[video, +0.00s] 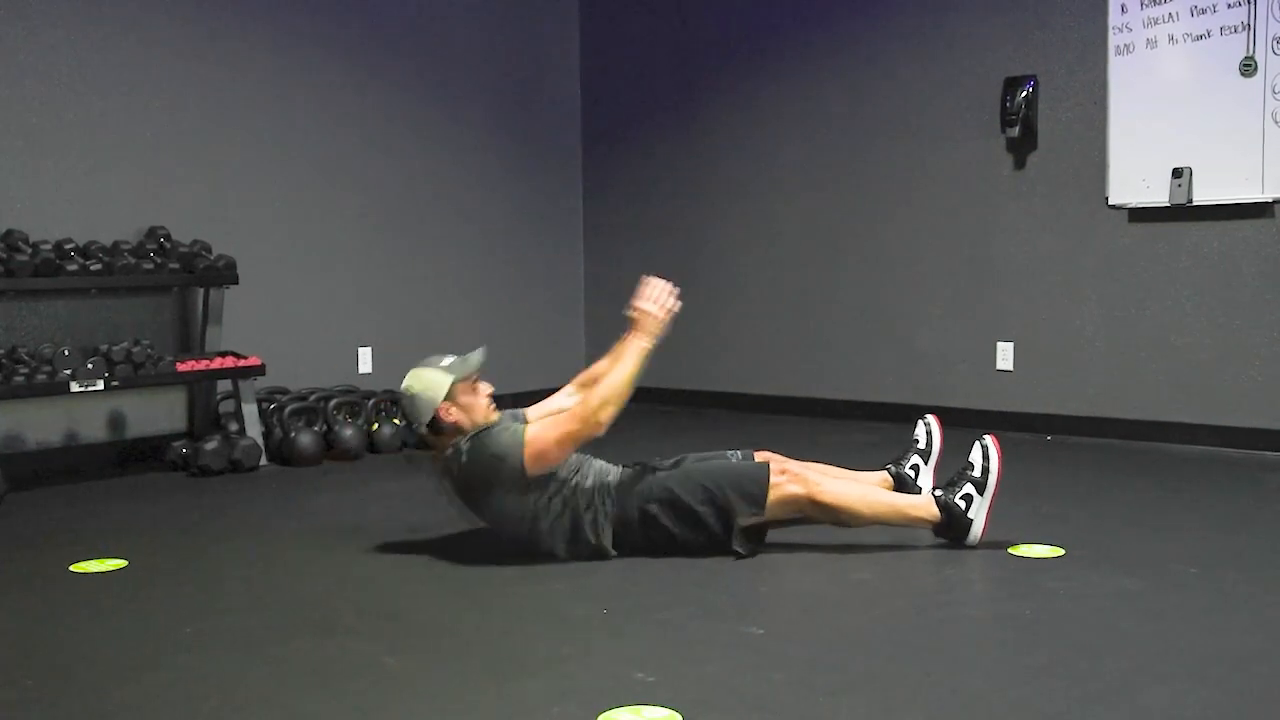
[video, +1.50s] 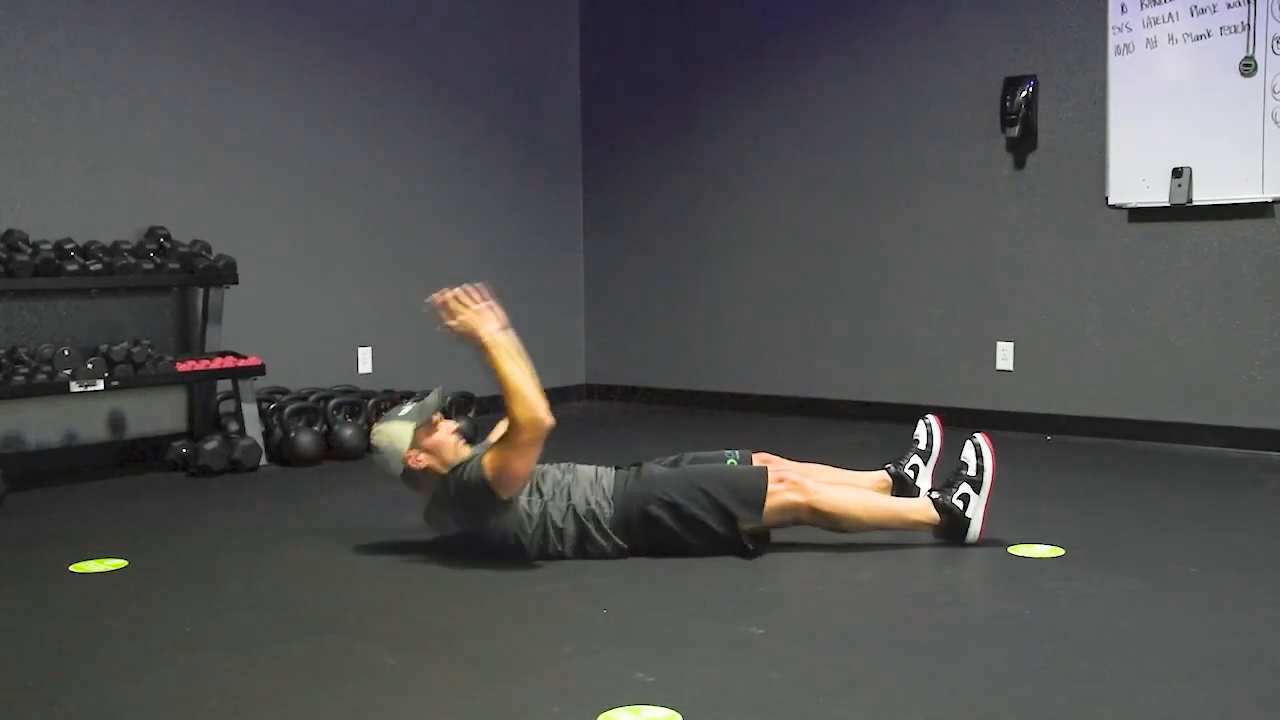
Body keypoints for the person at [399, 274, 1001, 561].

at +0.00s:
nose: (486, 388)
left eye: (478, 382)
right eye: (471, 385)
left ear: (452, 411)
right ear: (446, 414)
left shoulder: (488, 440)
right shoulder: (481, 457)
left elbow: (578, 397)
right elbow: (588, 415)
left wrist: (638, 329)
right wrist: (645, 331)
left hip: (627, 489)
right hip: (620, 512)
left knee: (769, 461)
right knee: (793, 484)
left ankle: (898, 482)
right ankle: (946, 512)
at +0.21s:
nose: (546, 334)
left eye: (539, 325)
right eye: (533, 329)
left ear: (507, 347)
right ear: (504, 350)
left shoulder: (533, 388)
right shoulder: (524, 406)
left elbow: (633, 389)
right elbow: (633, 414)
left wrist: (716, 367)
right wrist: (729, 378)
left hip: (645, 483)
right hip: (636, 510)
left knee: (786, 459)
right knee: (807, 483)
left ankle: (913, 479)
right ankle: (961, 509)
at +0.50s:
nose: (643, 294)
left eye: (638, 284)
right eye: (632, 286)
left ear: (599, 298)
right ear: (600, 299)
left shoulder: (597, 350)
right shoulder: (599, 359)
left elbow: (700, 397)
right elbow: (703, 411)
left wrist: (779, 409)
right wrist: (799, 421)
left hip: (646, 493)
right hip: (640, 510)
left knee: (798, 460)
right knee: (813, 484)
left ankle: (916, 477)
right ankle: (968, 510)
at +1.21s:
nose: (553, 329)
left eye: (547, 320)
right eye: (540, 323)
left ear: (521, 340)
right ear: (512, 344)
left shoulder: (542, 384)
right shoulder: (532, 405)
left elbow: (637, 386)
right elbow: (639, 409)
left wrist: (703, 341)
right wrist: (727, 348)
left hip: (653, 481)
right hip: (642, 508)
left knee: (793, 470)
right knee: (807, 489)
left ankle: (917, 477)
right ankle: (966, 513)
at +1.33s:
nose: (507, 364)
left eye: (499, 356)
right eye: (492, 360)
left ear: (476, 378)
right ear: (467, 385)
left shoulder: (511, 417)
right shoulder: (501, 438)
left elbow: (590, 389)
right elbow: (603, 412)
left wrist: (630, 321)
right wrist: (645, 321)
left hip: (646, 486)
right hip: (640, 508)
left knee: (787, 474)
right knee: (794, 494)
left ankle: (912, 482)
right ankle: (955, 515)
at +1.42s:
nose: (476, 390)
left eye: (466, 384)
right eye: (460, 393)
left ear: (450, 416)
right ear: (446, 421)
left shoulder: (480, 446)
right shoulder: (482, 461)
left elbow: (562, 421)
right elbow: (572, 415)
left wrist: (569, 319)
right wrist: (572, 309)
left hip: (629, 486)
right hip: (625, 510)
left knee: (772, 470)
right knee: (791, 493)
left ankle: (905, 483)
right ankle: (947, 516)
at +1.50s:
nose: (448, 427)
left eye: (438, 422)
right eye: (432, 431)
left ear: (435, 444)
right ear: (418, 462)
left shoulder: (467, 474)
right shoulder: (463, 493)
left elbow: (527, 419)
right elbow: (531, 420)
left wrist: (496, 331)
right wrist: (491, 333)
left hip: (626, 488)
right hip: (624, 510)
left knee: (771, 465)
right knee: (790, 488)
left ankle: (898, 483)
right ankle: (943, 515)